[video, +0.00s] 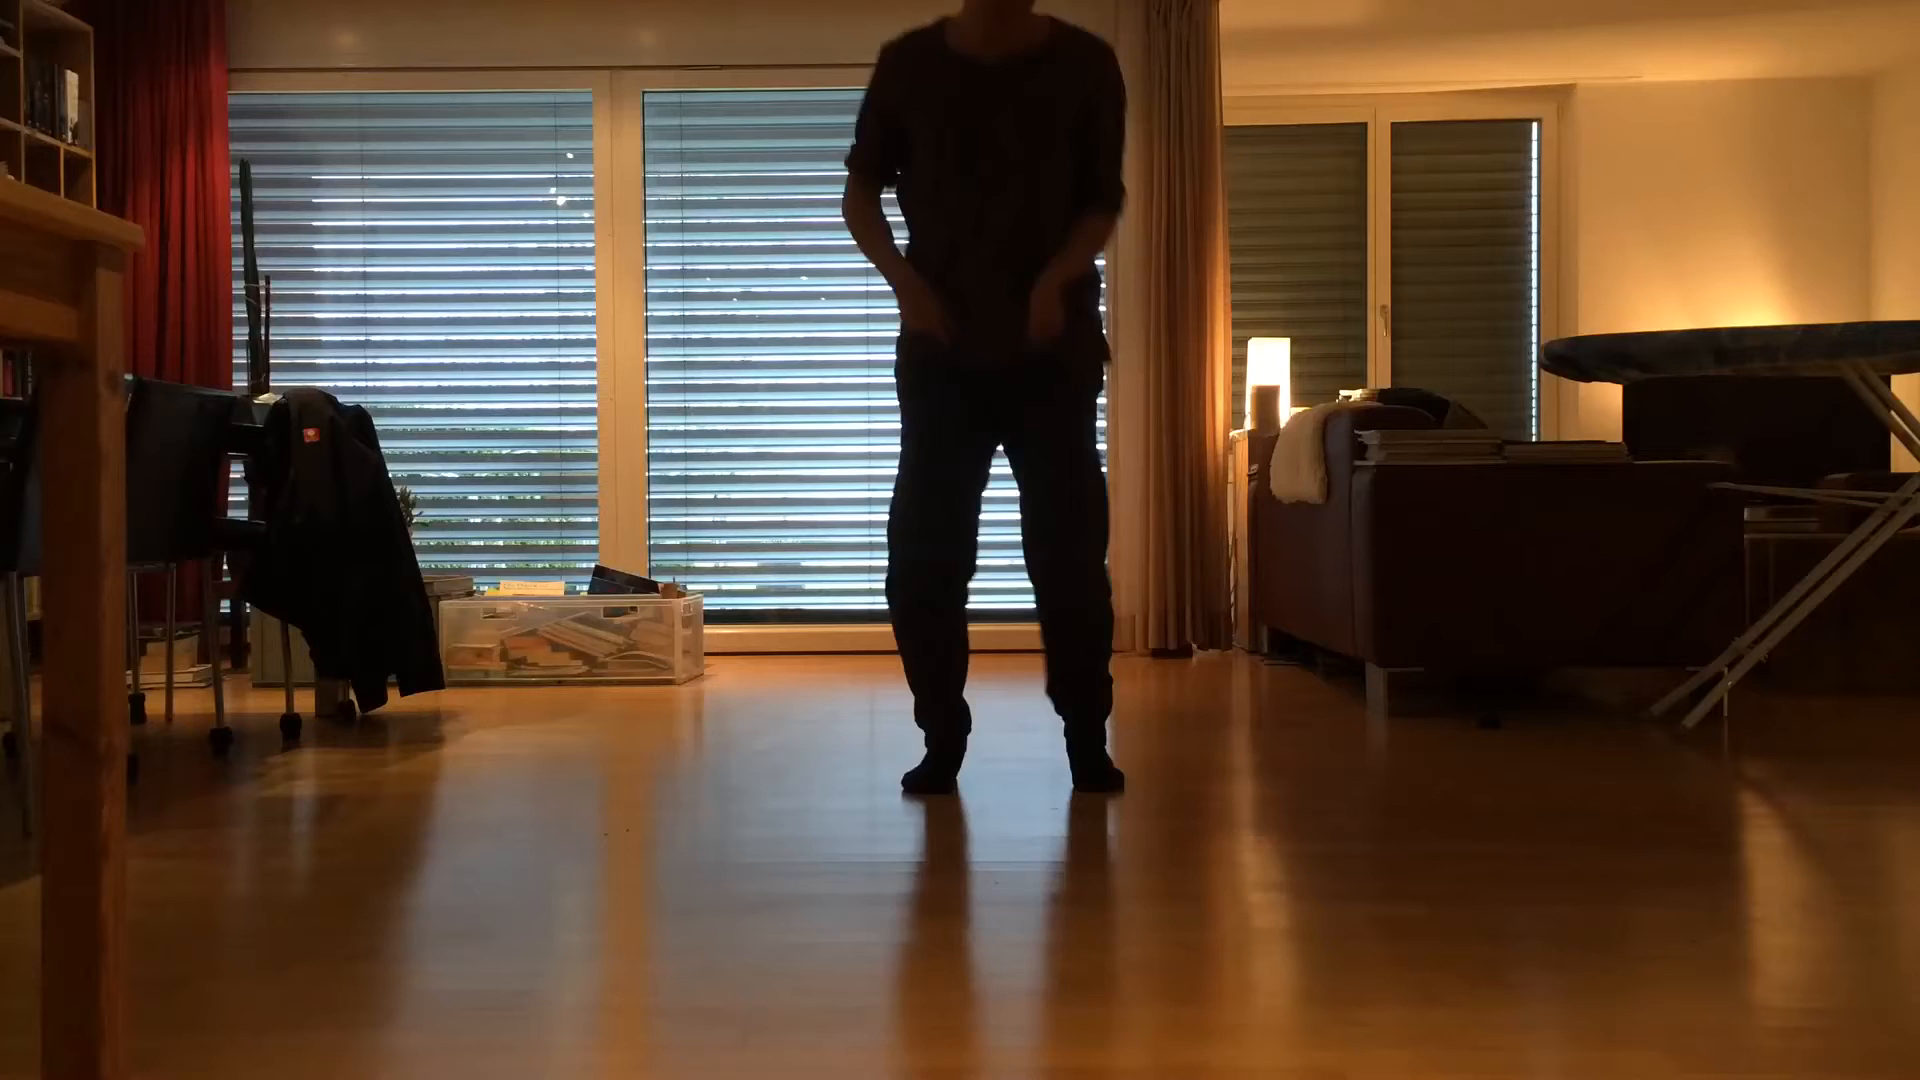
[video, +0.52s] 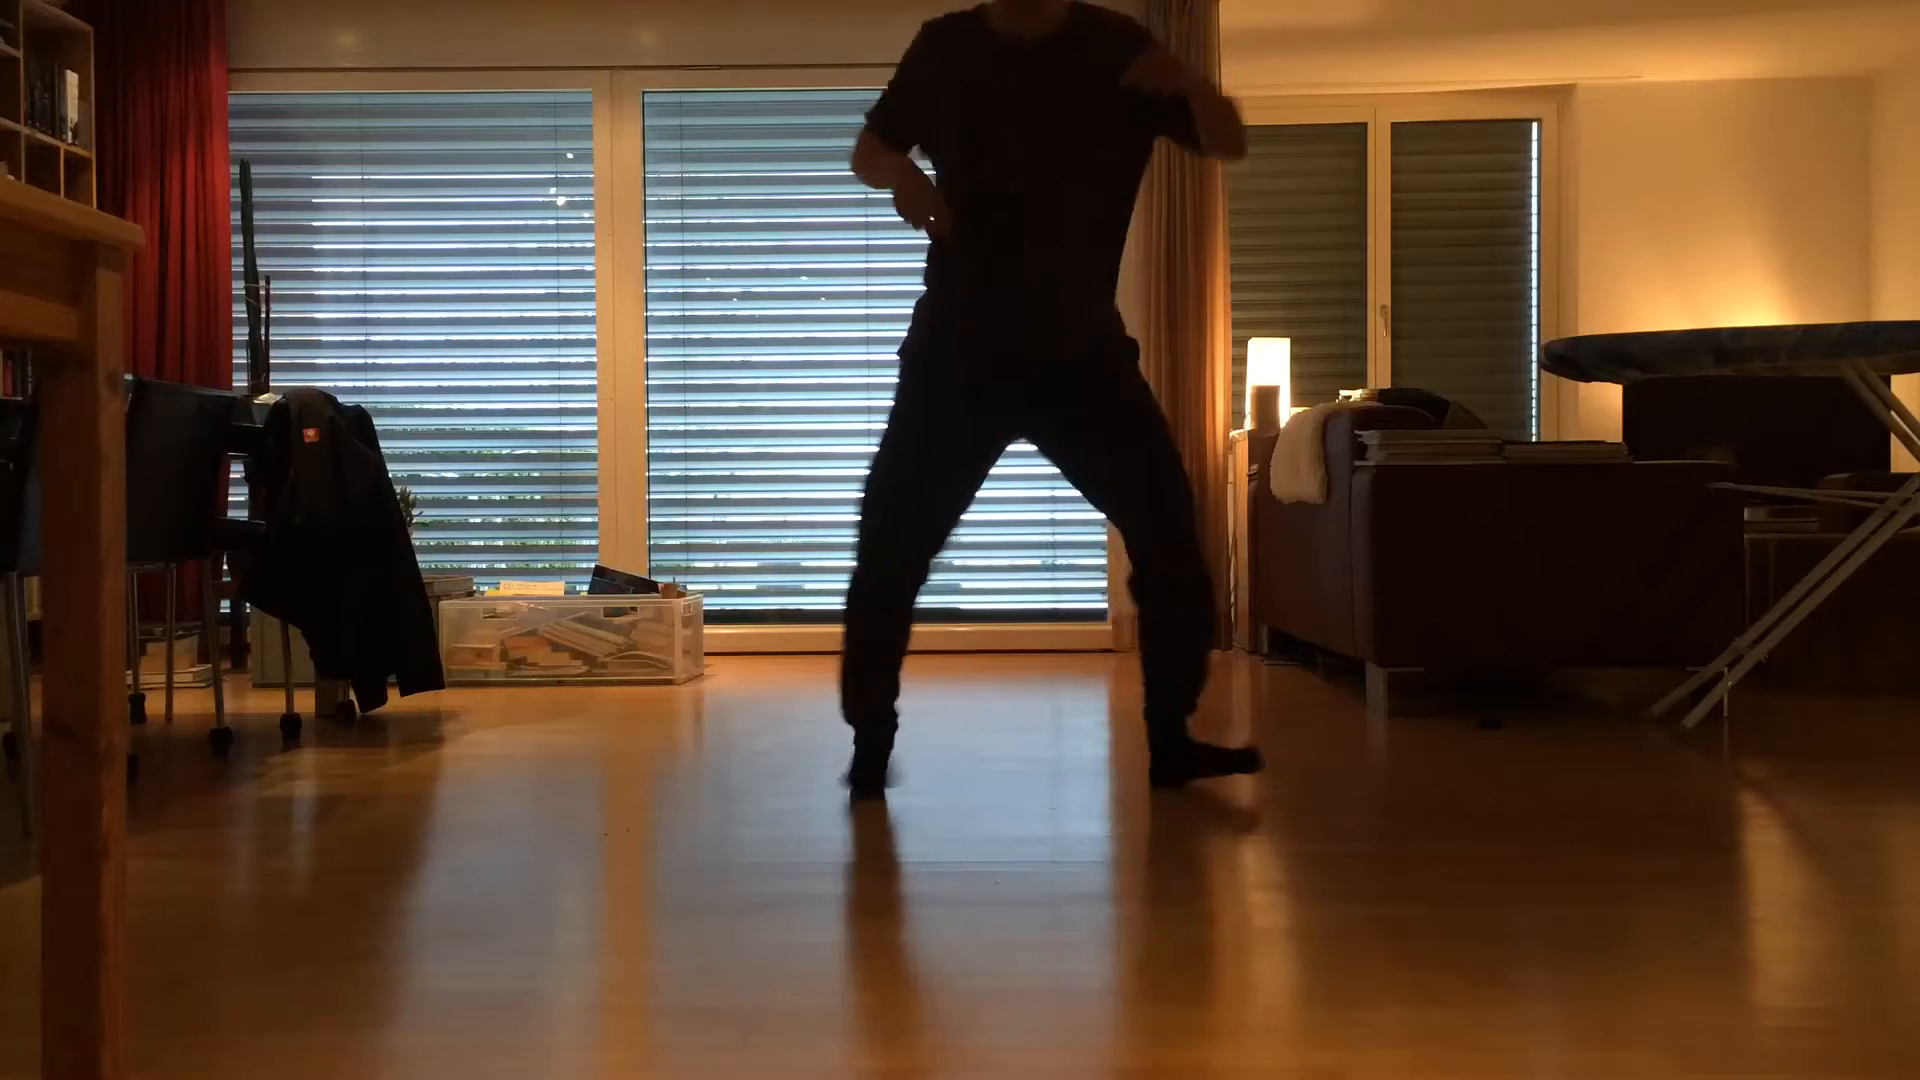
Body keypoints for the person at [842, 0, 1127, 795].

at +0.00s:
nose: (996, 3)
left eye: (1006, 2)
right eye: (987, 2)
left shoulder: (1087, 63)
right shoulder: (907, 62)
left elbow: (1104, 199)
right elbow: (860, 193)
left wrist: (1056, 279)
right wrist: (905, 285)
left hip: (1054, 348)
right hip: (941, 348)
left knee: (1069, 545)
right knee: (925, 546)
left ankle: (1087, 738)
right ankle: (942, 737)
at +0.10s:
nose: (999, 10)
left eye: (1012, 4)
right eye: (990, 3)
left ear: (1036, 3)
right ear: (971, 1)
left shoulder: (1089, 73)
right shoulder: (915, 71)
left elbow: (1137, 218)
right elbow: (852, 200)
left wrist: (1051, 293)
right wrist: (913, 271)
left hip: (1056, 355)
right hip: (946, 354)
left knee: (1063, 559)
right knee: (931, 556)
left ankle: (1087, 742)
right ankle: (943, 741)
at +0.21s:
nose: (997, 5)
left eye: (1010, 3)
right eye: (986, 2)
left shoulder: (1095, 36)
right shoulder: (921, 36)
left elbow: (1185, 132)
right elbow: (828, 136)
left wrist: (1073, 187)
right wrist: (899, 176)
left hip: (1065, 340)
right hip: (951, 338)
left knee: (1076, 545)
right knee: (932, 543)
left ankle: (1091, 736)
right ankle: (937, 738)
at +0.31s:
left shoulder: (1124, 9)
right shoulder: (926, 11)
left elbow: (1216, 64)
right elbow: (830, 98)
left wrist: (1109, 89)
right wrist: (900, 125)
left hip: (1073, 309)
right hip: (952, 311)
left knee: (1120, 511)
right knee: (906, 514)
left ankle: (1121, 716)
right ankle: (911, 715)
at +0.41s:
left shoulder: (1134, 17)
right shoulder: (945, 16)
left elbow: (1241, 65)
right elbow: (845, 117)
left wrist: (1145, 52)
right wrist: (890, 122)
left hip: (1075, 333)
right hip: (950, 334)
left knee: (1157, 520)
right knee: (890, 536)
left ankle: (1169, 737)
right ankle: (872, 739)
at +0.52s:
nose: (1022, 10)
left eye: (1036, 5)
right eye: (1011, 6)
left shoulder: (1125, 49)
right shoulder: (949, 44)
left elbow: (1228, 146)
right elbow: (872, 151)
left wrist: (1191, 84)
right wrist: (913, 185)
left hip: (1081, 350)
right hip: (960, 350)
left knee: (1168, 534)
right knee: (890, 547)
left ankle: (1171, 739)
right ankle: (870, 739)